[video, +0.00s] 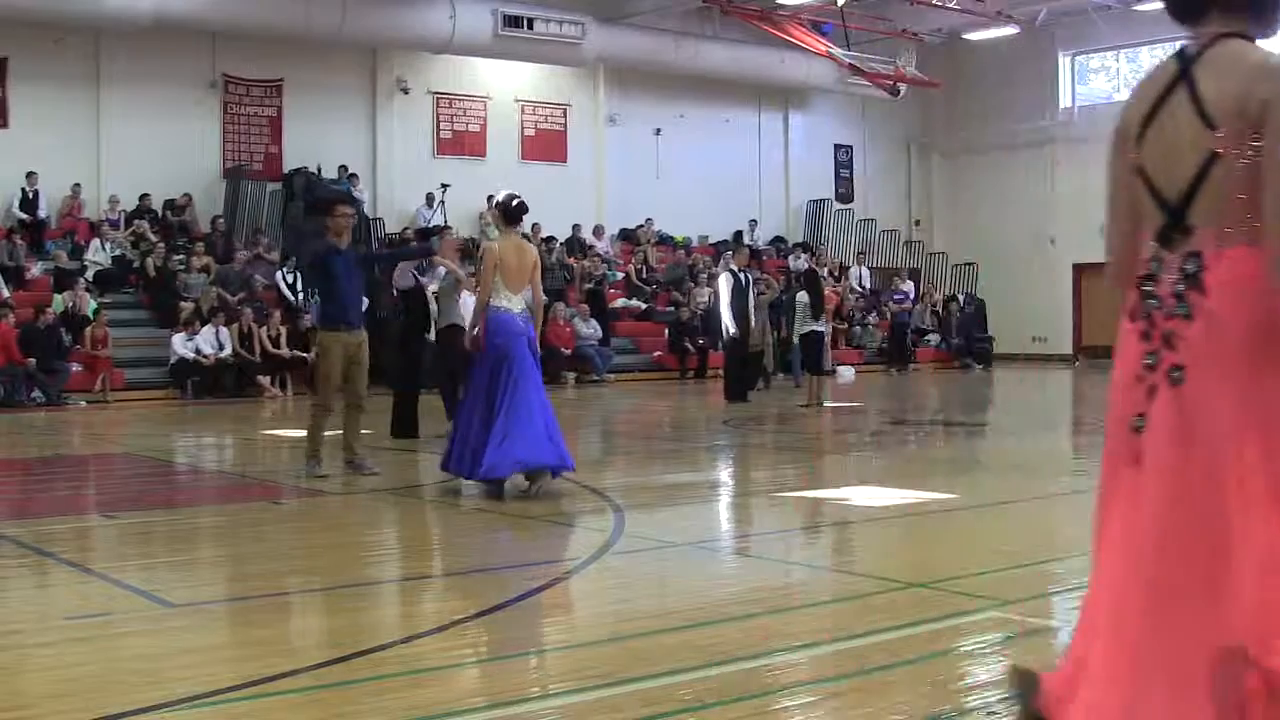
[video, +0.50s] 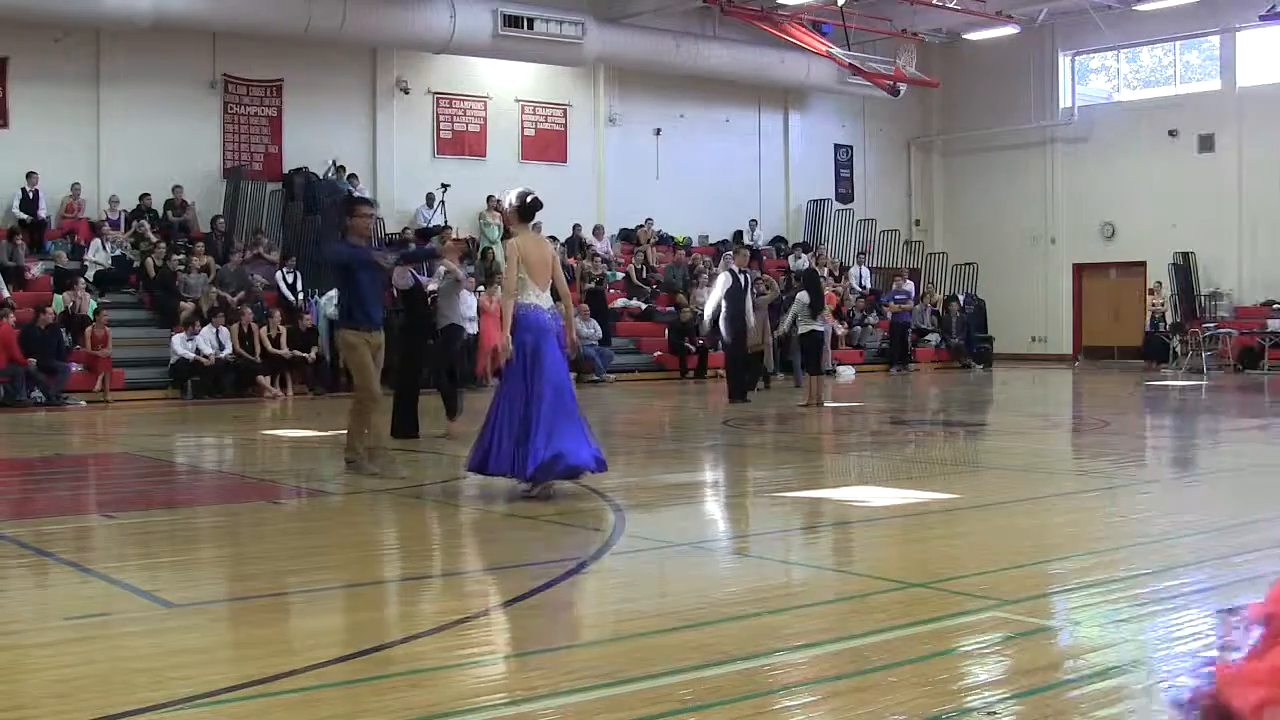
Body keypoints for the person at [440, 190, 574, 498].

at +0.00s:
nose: (490, 216)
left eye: (492, 213)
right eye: (493, 212)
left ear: (497, 217)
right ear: (519, 218)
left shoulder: (492, 249)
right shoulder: (531, 250)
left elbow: (484, 293)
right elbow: (538, 296)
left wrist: (471, 328)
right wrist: (536, 332)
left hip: (497, 322)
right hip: (523, 323)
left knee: (496, 393)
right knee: (523, 391)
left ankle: (495, 465)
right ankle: (533, 456)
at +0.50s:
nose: (503, 215)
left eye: (506, 211)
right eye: (504, 210)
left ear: (515, 214)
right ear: (531, 214)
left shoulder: (513, 244)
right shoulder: (548, 246)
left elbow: (509, 291)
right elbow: (564, 293)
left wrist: (505, 333)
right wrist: (571, 330)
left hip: (525, 322)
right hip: (550, 322)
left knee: (529, 392)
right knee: (546, 391)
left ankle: (537, 463)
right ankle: (544, 459)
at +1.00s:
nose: (519, 211)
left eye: (521, 206)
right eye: (521, 206)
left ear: (530, 211)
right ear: (546, 211)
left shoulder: (521, 247)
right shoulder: (560, 246)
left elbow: (506, 290)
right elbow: (554, 287)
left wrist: (505, 316)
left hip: (529, 321)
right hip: (552, 320)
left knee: (535, 393)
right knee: (553, 389)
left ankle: (543, 467)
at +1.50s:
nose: (516, 214)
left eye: (519, 210)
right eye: (518, 209)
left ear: (526, 214)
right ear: (544, 215)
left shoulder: (522, 250)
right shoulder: (552, 249)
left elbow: (502, 288)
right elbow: (538, 283)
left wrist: (488, 315)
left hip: (523, 325)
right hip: (546, 324)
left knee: (515, 394)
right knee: (547, 393)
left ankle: (511, 467)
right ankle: (550, 463)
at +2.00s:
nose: (492, 216)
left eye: (496, 211)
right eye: (494, 211)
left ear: (509, 217)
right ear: (519, 219)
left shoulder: (500, 251)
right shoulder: (531, 251)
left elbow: (467, 280)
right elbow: (519, 284)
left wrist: (438, 302)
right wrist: (487, 280)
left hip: (494, 321)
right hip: (516, 322)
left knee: (495, 390)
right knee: (514, 389)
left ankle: (507, 459)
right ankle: (527, 456)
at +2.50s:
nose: (485, 216)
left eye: (490, 212)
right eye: (486, 211)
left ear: (505, 217)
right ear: (511, 218)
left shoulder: (498, 249)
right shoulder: (519, 249)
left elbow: (458, 260)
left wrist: (426, 262)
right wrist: (435, 260)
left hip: (488, 324)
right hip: (503, 323)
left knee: (484, 392)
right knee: (498, 391)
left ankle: (493, 458)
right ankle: (500, 456)